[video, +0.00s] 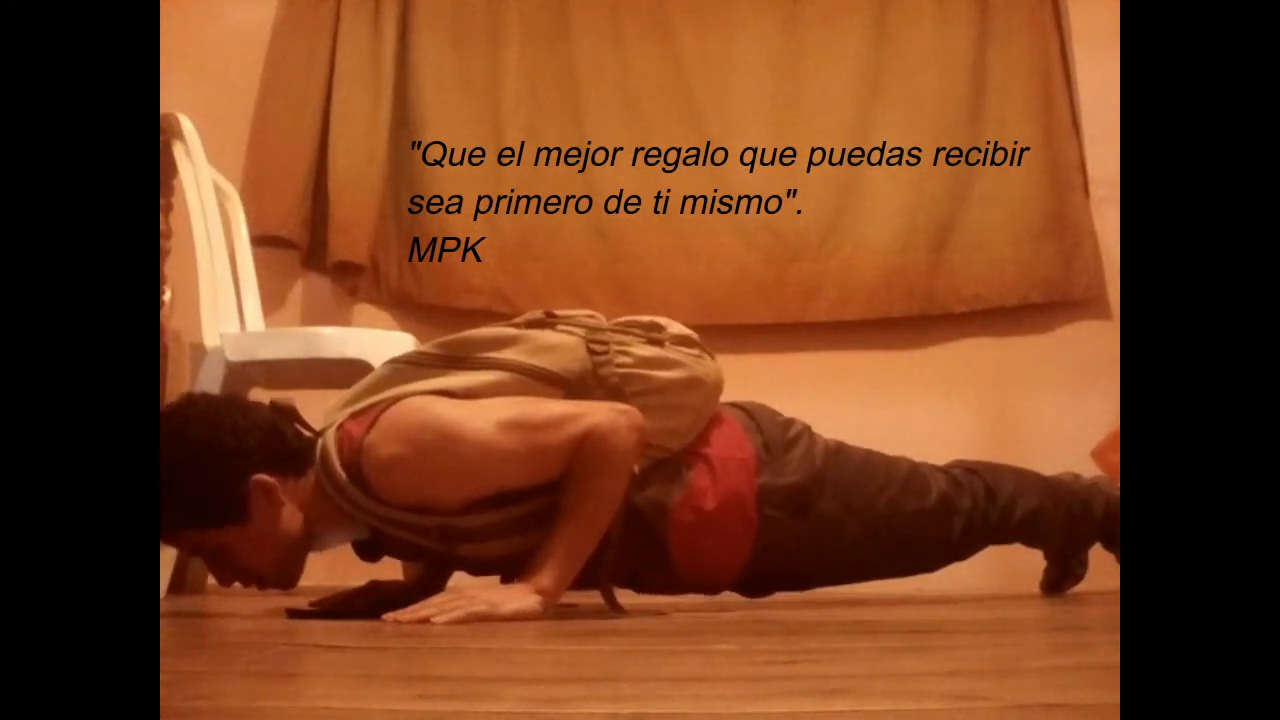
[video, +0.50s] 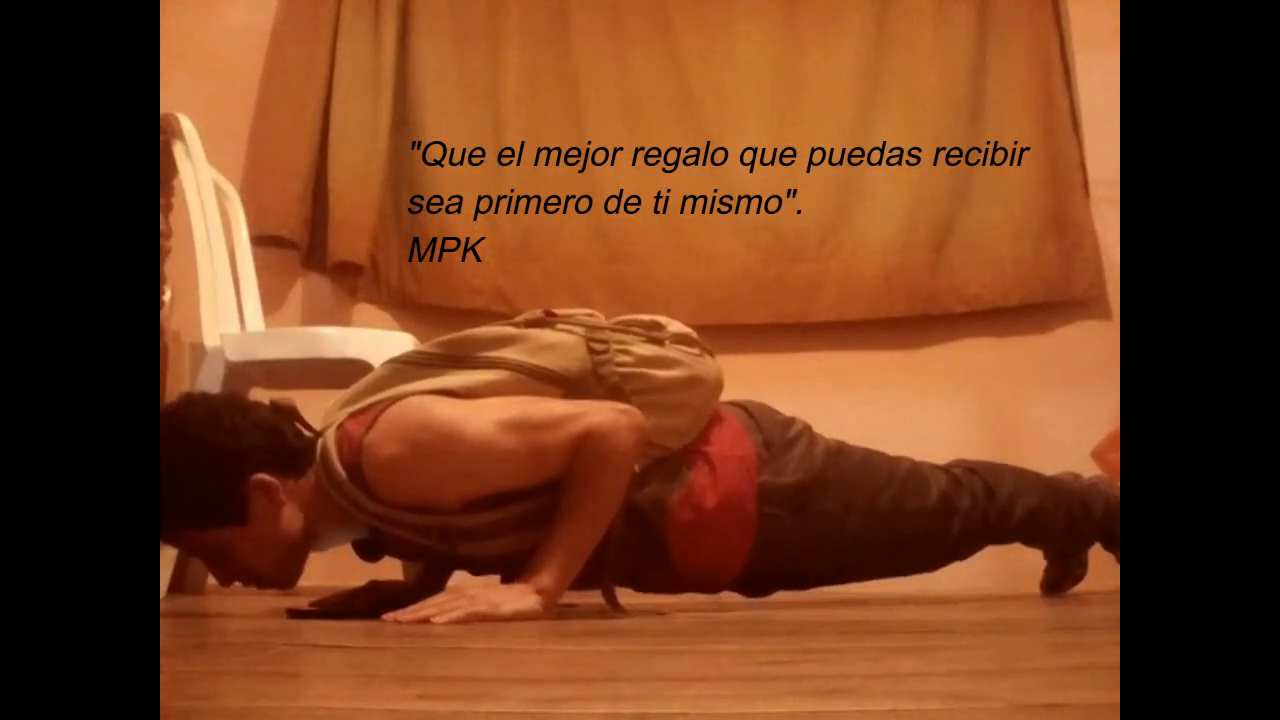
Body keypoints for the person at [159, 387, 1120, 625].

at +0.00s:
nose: (219, 576)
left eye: (211, 552)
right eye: (200, 561)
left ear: (263, 494)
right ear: (260, 483)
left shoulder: (396, 451)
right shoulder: (353, 461)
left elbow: (610, 438)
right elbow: (481, 534)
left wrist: (539, 588)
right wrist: (384, 589)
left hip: (735, 490)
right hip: (707, 505)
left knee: (941, 509)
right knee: (921, 509)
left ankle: (1093, 505)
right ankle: (1075, 506)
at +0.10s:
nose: (219, 576)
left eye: (212, 551)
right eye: (200, 560)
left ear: (264, 494)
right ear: (261, 483)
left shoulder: (396, 452)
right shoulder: (353, 460)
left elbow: (609, 438)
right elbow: (478, 534)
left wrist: (539, 588)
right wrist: (385, 588)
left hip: (735, 491)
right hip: (708, 501)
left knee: (940, 509)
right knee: (922, 508)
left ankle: (1093, 505)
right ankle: (1074, 506)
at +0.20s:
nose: (218, 576)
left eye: (212, 551)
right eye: (200, 561)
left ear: (264, 494)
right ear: (261, 484)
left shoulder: (395, 452)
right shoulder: (353, 461)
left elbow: (609, 438)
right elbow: (480, 533)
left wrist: (539, 589)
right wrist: (387, 587)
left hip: (735, 490)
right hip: (707, 505)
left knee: (942, 509)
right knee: (922, 507)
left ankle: (1094, 505)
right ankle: (1076, 506)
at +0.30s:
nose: (217, 576)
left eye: (211, 551)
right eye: (199, 560)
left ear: (264, 494)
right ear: (261, 484)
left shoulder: (395, 452)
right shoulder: (353, 461)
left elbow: (609, 438)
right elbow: (483, 531)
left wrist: (539, 588)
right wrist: (387, 587)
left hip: (735, 490)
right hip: (707, 504)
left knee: (942, 509)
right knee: (921, 508)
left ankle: (1094, 506)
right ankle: (1076, 505)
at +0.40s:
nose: (217, 576)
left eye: (211, 551)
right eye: (199, 561)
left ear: (262, 493)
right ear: (259, 482)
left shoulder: (396, 453)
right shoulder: (355, 459)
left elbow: (609, 437)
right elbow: (485, 530)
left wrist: (539, 588)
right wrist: (389, 586)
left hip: (737, 491)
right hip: (711, 499)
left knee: (942, 508)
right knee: (923, 505)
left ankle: (1094, 505)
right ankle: (1076, 505)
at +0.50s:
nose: (217, 576)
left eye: (211, 551)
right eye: (199, 560)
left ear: (262, 493)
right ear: (259, 482)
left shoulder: (397, 453)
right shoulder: (355, 460)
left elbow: (609, 437)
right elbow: (486, 529)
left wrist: (539, 588)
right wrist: (390, 585)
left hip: (737, 491)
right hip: (710, 500)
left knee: (943, 508)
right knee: (923, 505)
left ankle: (1095, 505)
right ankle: (1077, 505)